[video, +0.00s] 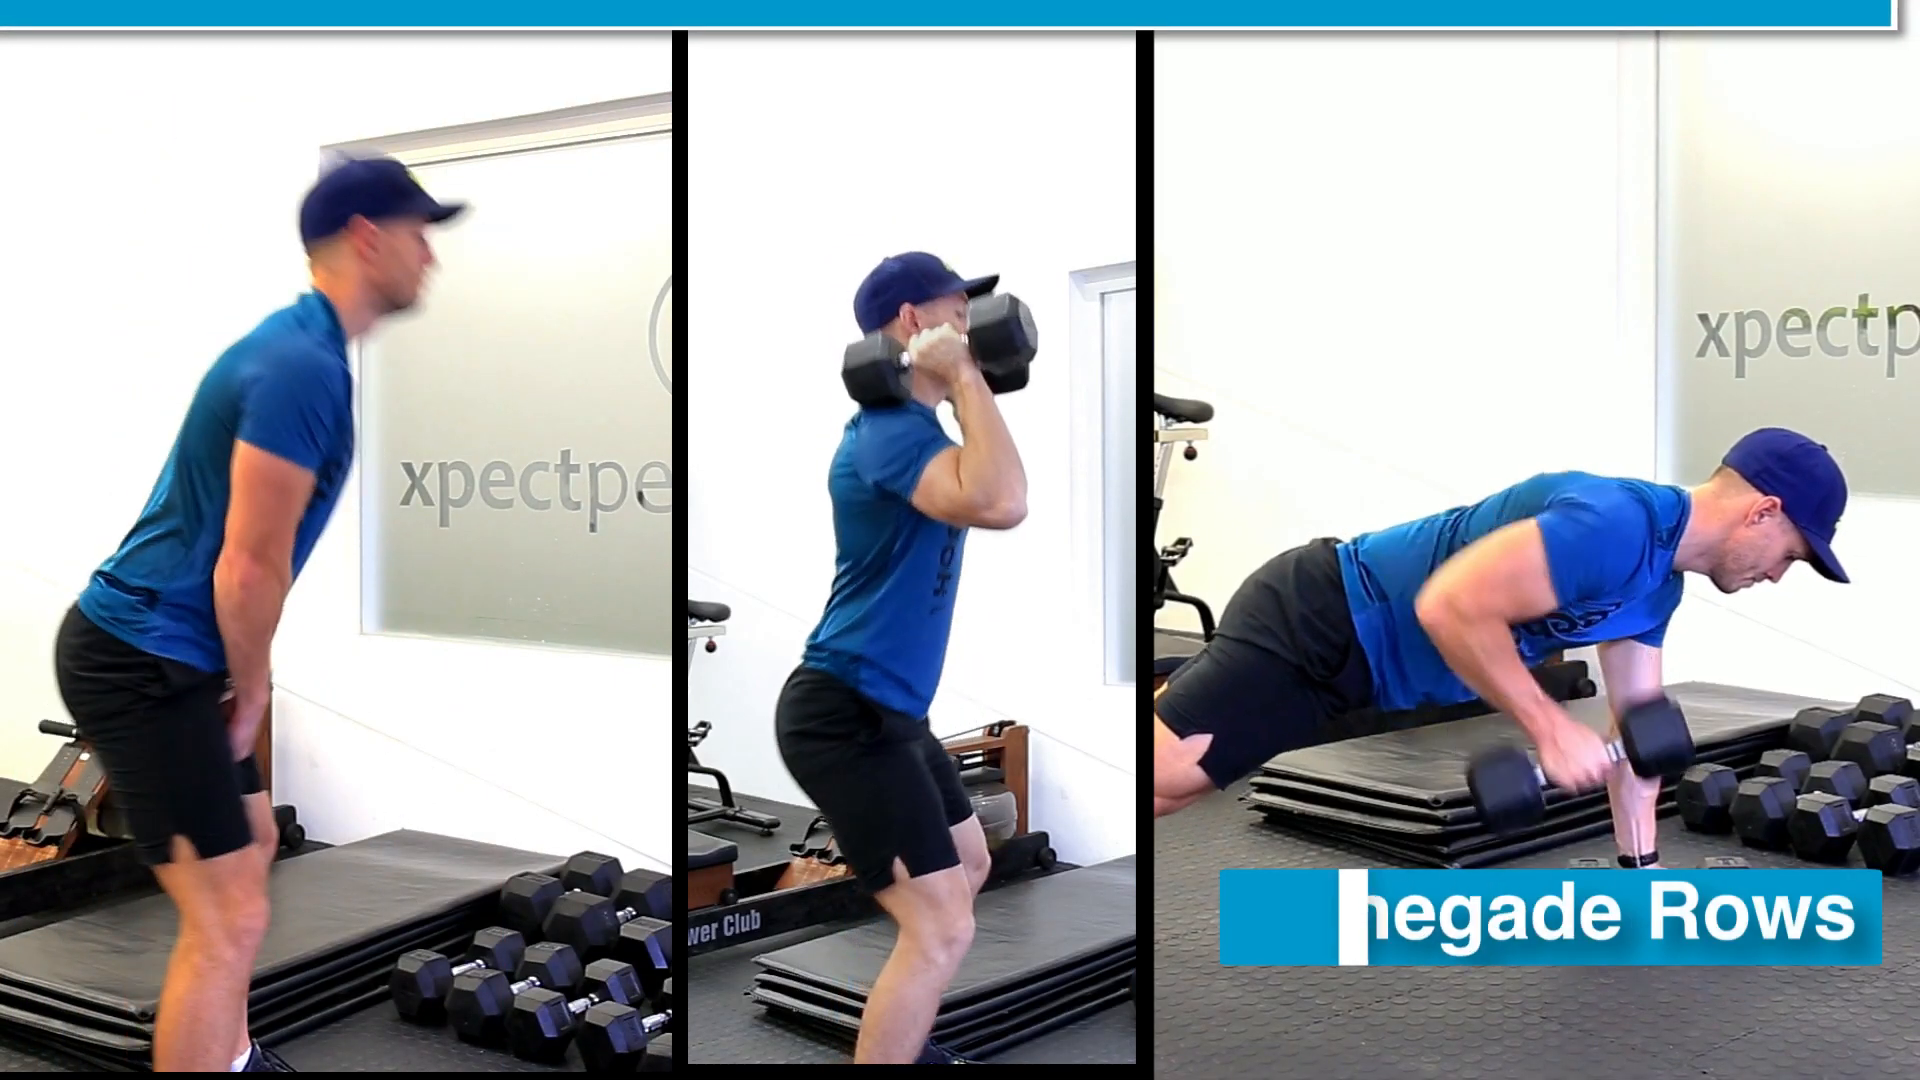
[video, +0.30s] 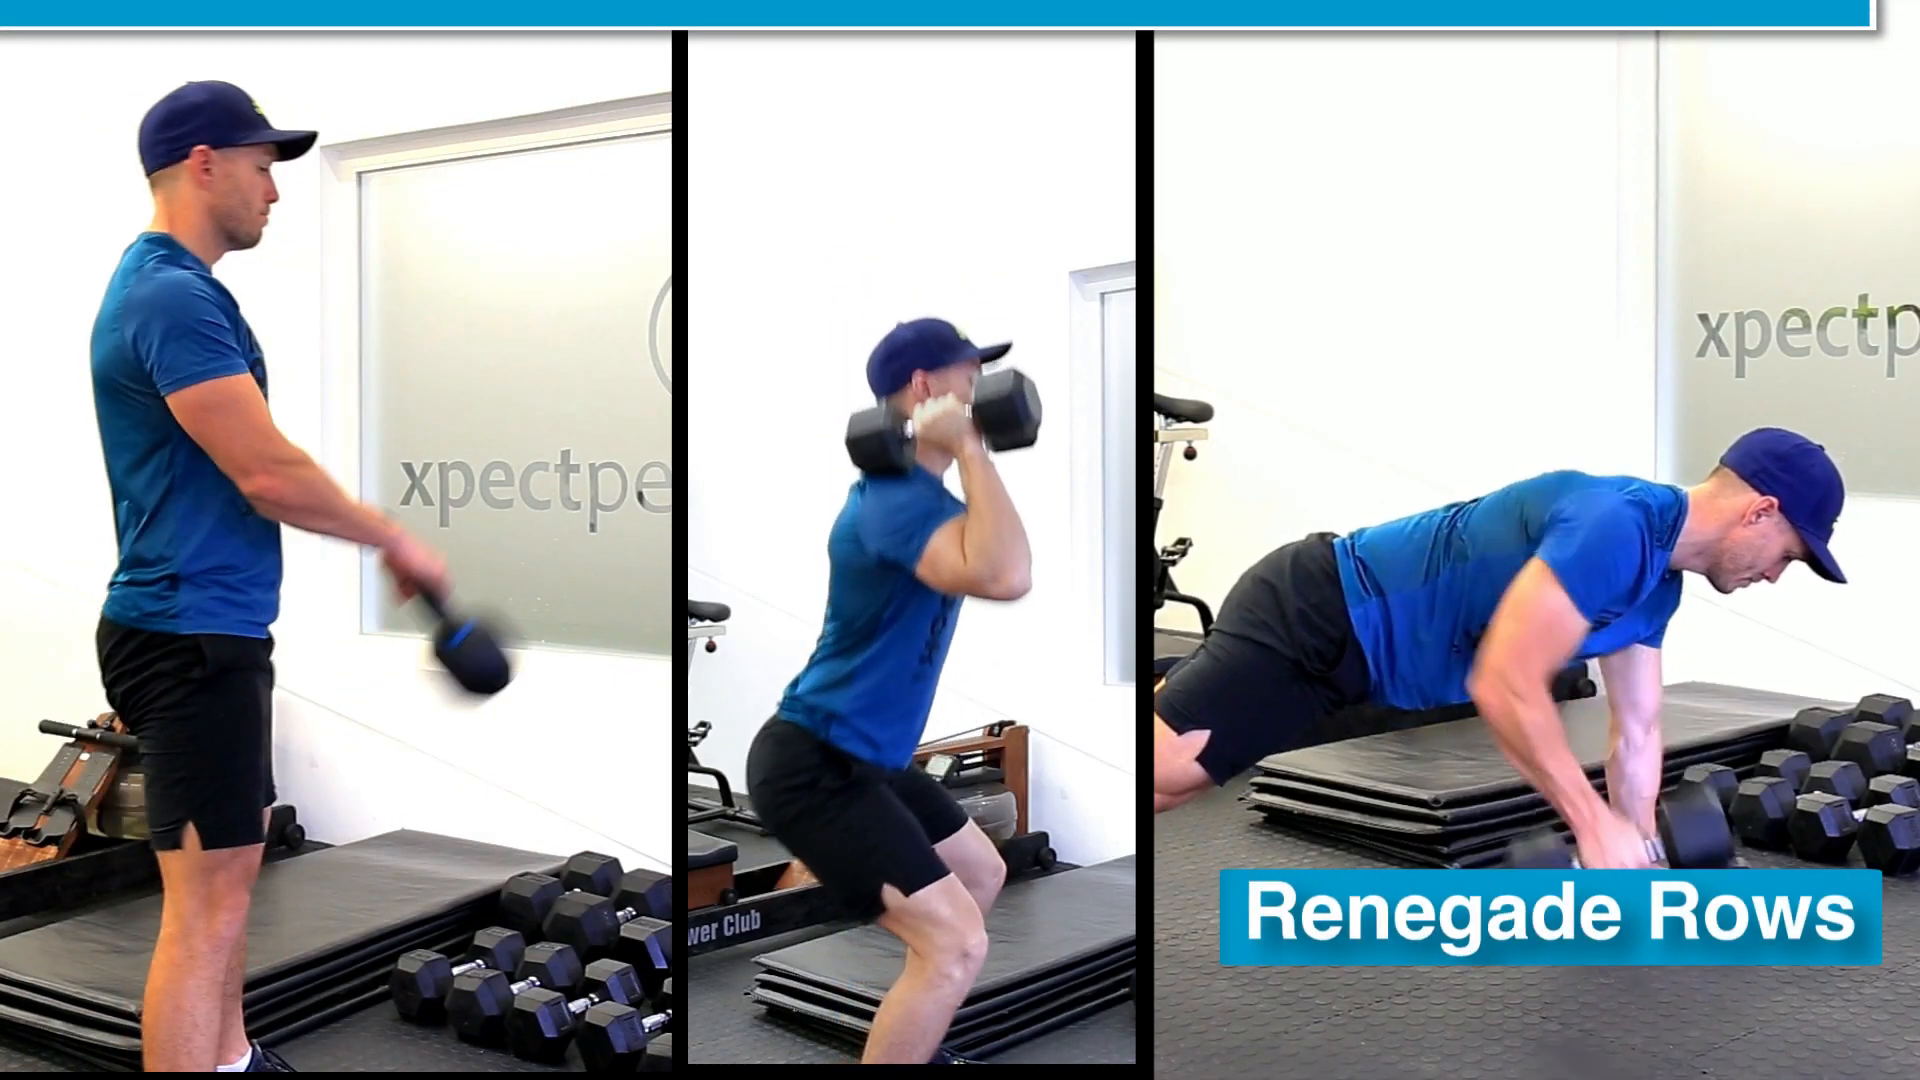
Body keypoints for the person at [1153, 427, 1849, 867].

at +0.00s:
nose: (1781, 577)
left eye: (1796, 565)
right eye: (1794, 556)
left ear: (1751, 508)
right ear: (1760, 510)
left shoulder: (1654, 578)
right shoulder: (1618, 527)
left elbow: (1637, 727)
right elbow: (1452, 606)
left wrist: (1643, 877)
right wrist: (1550, 730)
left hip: (1354, 662)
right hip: (1320, 618)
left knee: (1155, 768)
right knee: (1150, 774)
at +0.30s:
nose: (1779, 577)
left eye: (1793, 565)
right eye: (1791, 556)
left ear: (1750, 509)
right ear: (1758, 511)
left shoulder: (1652, 580)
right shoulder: (1615, 525)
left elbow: (1635, 732)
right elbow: (1505, 684)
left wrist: (1639, 867)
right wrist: (1593, 824)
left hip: (1353, 665)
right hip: (1322, 610)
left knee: (1157, 777)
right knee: (1149, 764)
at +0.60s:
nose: (1781, 581)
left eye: (1796, 570)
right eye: (1793, 560)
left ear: (1753, 511)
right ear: (1759, 514)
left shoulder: (1657, 574)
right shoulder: (1620, 544)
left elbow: (1637, 736)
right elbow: (1582, 751)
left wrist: (1653, 888)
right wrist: (1628, 899)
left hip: (1350, 660)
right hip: (1321, 612)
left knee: (1161, 776)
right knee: (1155, 762)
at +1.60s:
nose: (1791, 592)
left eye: (1805, 580)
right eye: (1802, 571)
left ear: (1762, 525)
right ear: (1770, 528)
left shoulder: (1659, 564)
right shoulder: (1645, 564)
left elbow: (1627, 768)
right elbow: (1619, 775)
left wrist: (1648, 928)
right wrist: (1642, 941)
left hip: (1346, 648)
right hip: (1329, 627)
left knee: (1147, 772)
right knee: (1140, 792)